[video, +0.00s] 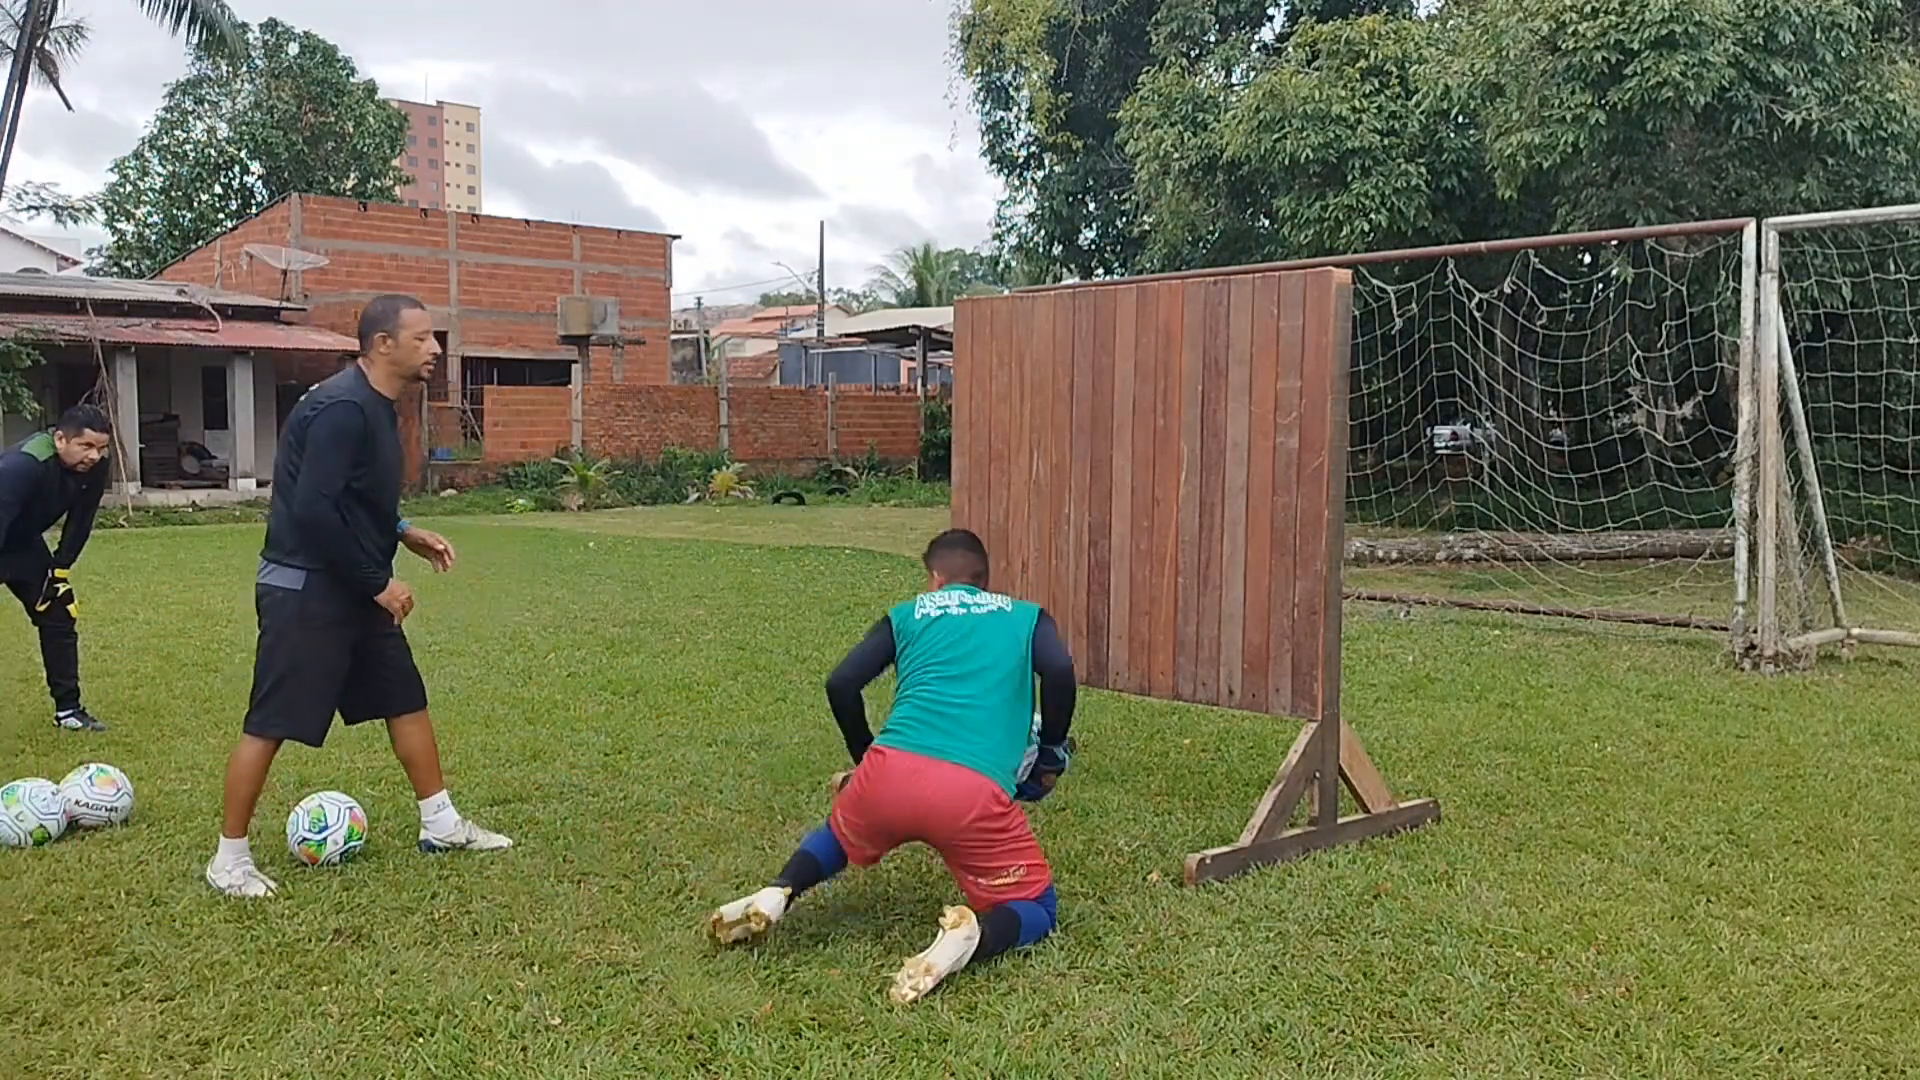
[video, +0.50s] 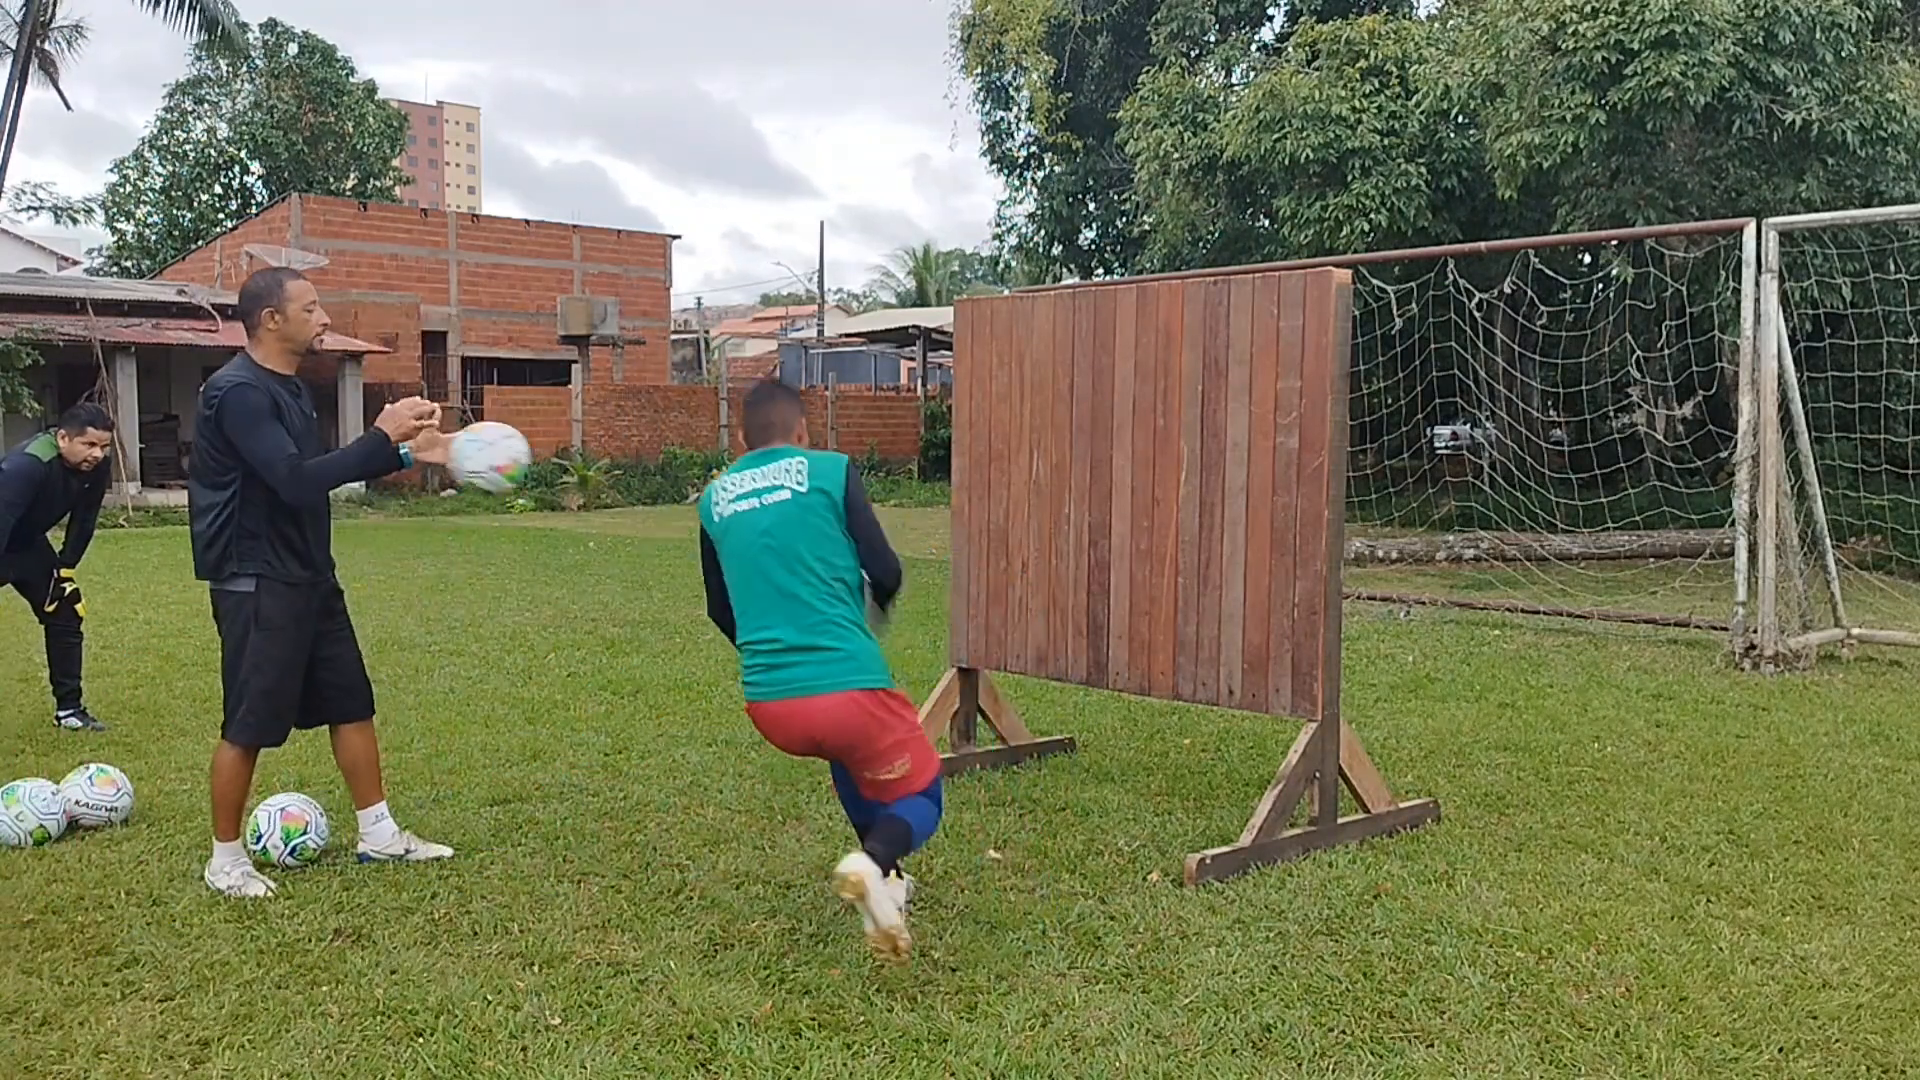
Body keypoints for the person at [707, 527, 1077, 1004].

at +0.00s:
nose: (928, 583)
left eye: (928, 576)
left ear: (933, 576)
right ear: (987, 580)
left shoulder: (905, 614)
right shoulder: (1029, 617)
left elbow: (842, 683)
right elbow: (1059, 670)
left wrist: (865, 758)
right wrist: (1051, 750)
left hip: (890, 772)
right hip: (973, 794)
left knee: (838, 835)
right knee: (1037, 909)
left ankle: (775, 895)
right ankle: (972, 936)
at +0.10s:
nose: (882, 559)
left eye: (881, 552)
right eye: (883, 553)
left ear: (891, 549)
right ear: (944, 547)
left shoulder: (875, 583)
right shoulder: (997, 596)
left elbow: (791, 640)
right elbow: (1030, 684)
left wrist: (844, 697)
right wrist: (1008, 742)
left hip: (887, 778)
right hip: (974, 792)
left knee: (831, 741)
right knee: (1033, 911)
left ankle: (819, 880)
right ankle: (973, 939)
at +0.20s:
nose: (835, 538)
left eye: (835, 530)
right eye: (836, 530)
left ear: (848, 529)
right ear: (901, 527)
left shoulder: (828, 566)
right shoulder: (949, 571)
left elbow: (758, 644)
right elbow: (971, 667)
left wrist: (815, 703)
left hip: (886, 786)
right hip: (968, 789)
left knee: (836, 731)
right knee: (1013, 907)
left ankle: (882, 882)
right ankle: (992, 948)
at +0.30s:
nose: (788, 526)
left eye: (787, 518)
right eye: (787, 519)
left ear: (798, 515)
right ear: (855, 509)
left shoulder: (784, 558)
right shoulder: (907, 546)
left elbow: (748, 654)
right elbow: (956, 646)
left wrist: (815, 696)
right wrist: (896, 662)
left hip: (870, 763)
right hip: (947, 762)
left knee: (847, 745)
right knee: (968, 878)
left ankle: (885, 879)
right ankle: (984, 941)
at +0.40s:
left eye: (762, 489)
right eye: (826, 480)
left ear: (765, 488)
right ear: (826, 478)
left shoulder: (751, 538)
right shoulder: (876, 514)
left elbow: (734, 641)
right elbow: (939, 592)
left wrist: (800, 684)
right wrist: (962, 670)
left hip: (824, 735)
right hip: (906, 730)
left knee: (858, 762)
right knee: (935, 838)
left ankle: (884, 878)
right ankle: (954, 906)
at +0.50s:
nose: (806, 437)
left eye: (799, 433)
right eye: (805, 430)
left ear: (744, 436)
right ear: (802, 429)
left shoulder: (715, 497)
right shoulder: (832, 470)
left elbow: (720, 610)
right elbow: (885, 571)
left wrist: (766, 645)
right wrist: (882, 598)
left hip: (774, 712)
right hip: (849, 697)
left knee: (845, 753)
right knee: (922, 797)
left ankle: (888, 876)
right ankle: (869, 862)